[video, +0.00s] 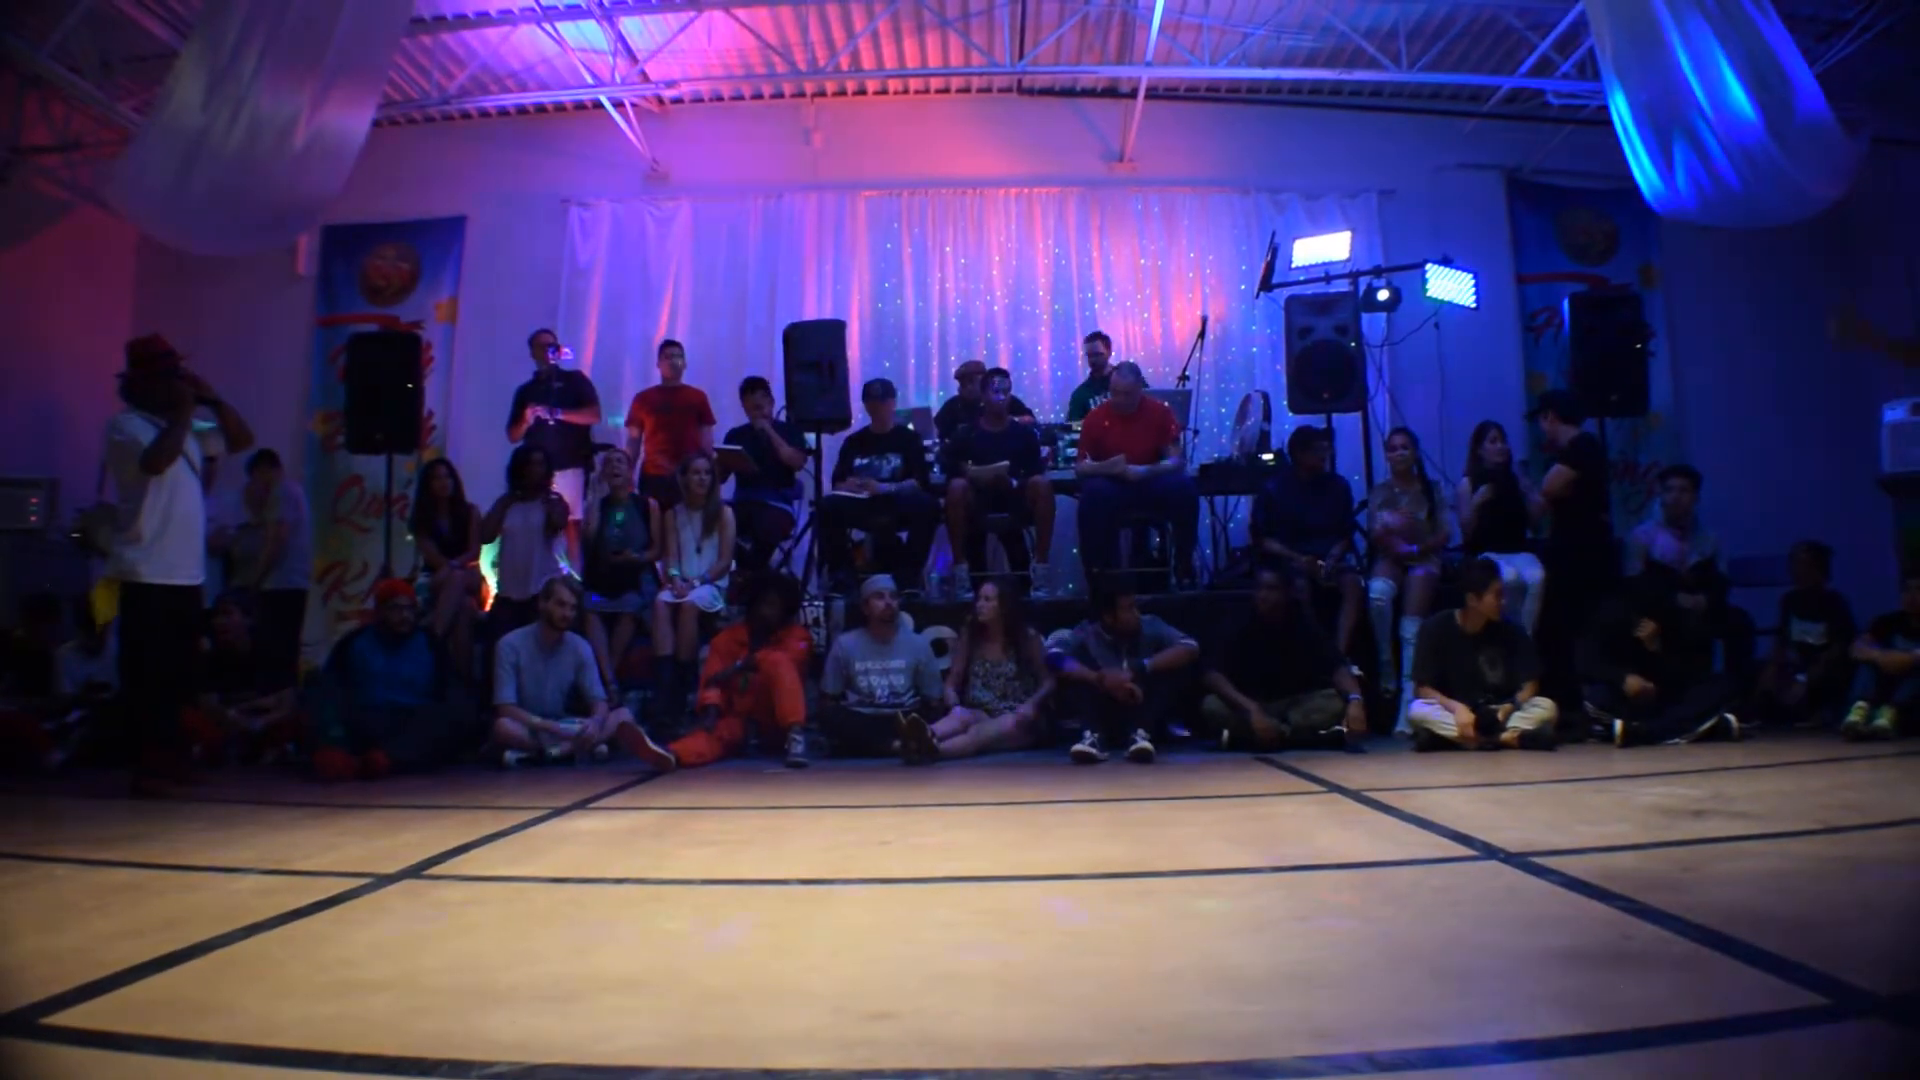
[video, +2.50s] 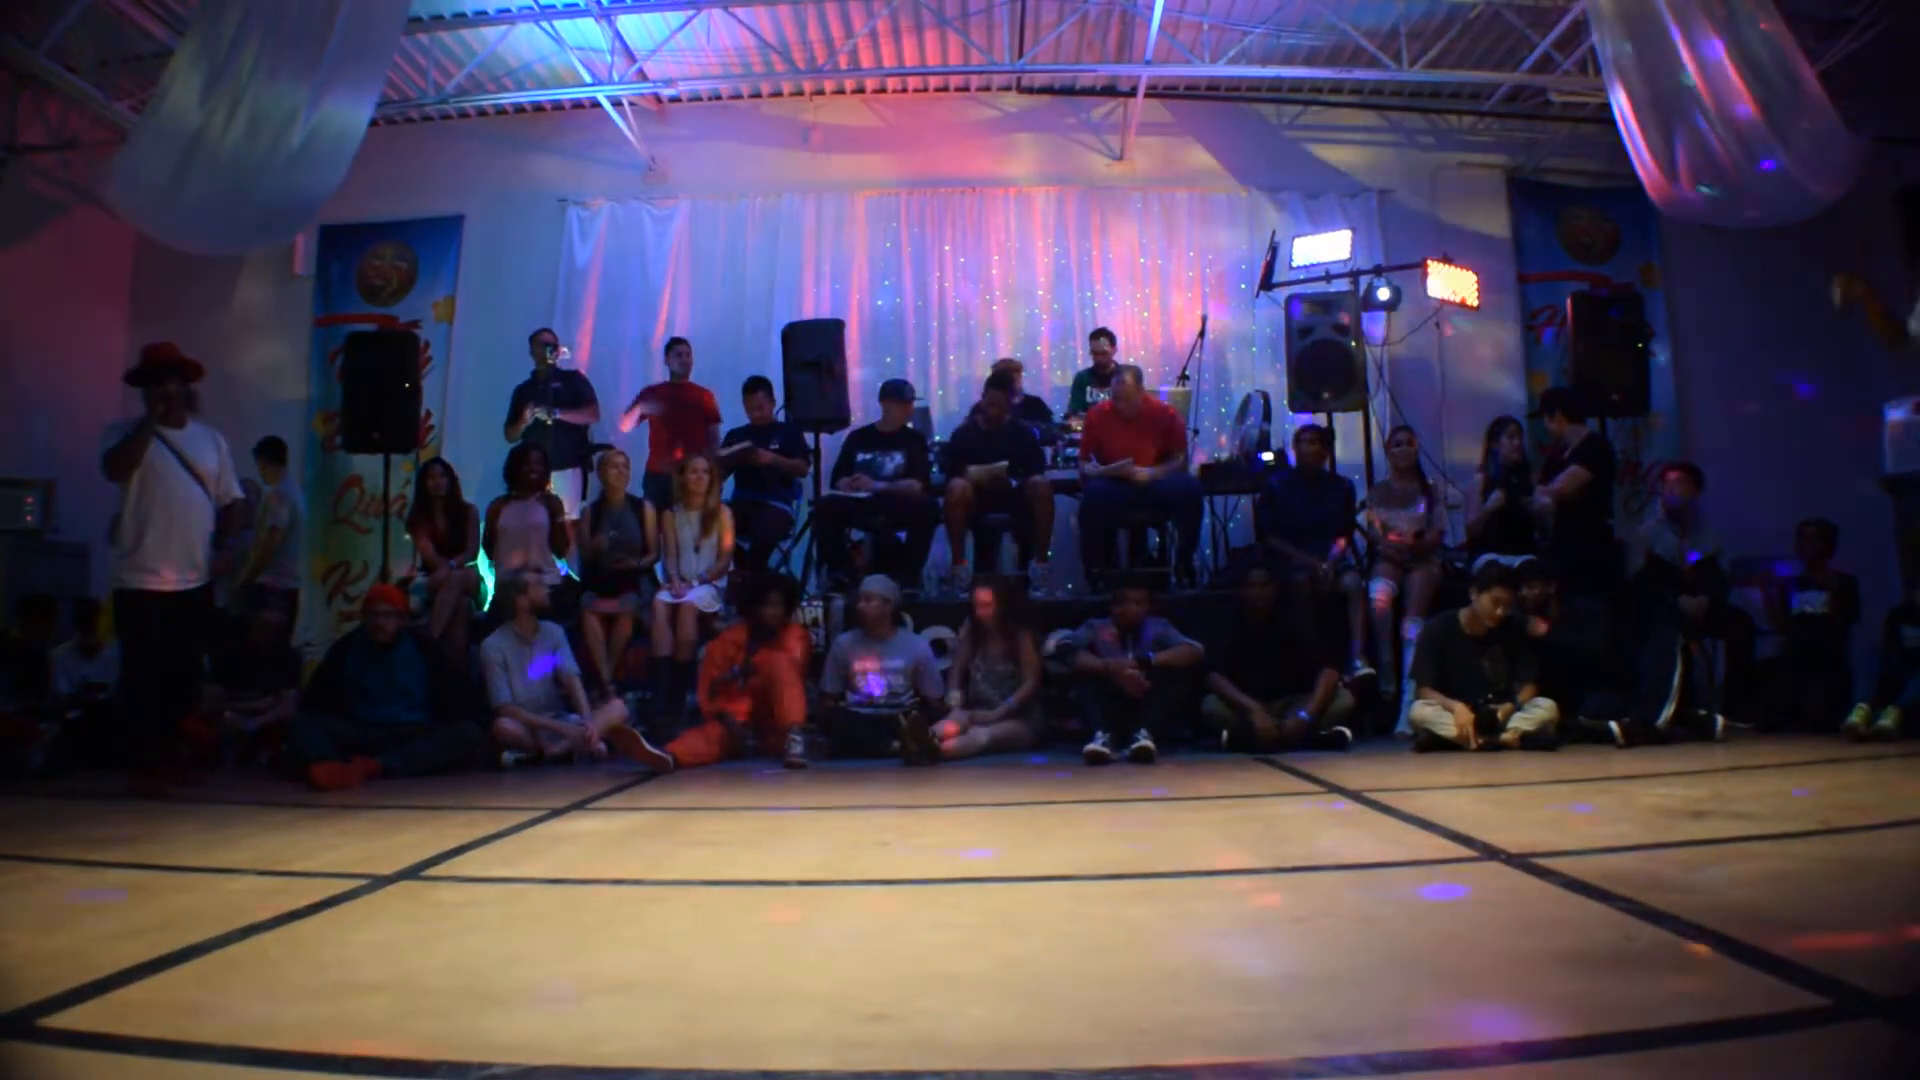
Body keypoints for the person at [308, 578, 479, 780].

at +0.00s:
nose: (405, 615)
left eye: (410, 608)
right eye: (397, 609)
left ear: (416, 611)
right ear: (381, 611)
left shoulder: (429, 645)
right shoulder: (356, 643)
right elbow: (330, 686)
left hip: (413, 719)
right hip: (363, 717)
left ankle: (390, 755)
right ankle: (339, 752)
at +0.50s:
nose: (391, 621)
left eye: (398, 614)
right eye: (386, 613)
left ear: (411, 617)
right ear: (376, 614)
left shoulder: (427, 650)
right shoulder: (349, 647)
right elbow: (326, 691)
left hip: (410, 726)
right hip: (353, 725)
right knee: (308, 705)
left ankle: (383, 763)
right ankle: (327, 760)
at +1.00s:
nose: (392, 627)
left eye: (399, 620)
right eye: (385, 620)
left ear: (408, 621)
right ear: (370, 620)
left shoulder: (426, 653)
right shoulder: (344, 653)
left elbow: (449, 699)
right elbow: (315, 701)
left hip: (413, 732)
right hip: (355, 731)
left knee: (465, 734)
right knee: (312, 719)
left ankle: (375, 767)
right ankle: (326, 764)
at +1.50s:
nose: (397, 624)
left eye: (402, 617)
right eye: (389, 617)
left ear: (410, 618)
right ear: (372, 619)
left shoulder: (427, 652)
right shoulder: (346, 653)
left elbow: (445, 699)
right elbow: (319, 704)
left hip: (415, 733)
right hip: (358, 732)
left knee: (467, 734)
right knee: (307, 725)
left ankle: (377, 767)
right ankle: (328, 766)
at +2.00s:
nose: (396, 624)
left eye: (401, 616)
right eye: (388, 617)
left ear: (408, 617)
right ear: (371, 620)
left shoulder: (425, 651)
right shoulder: (344, 654)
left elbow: (447, 697)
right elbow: (317, 704)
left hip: (415, 732)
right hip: (357, 732)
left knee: (467, 733)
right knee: (307, 725)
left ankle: (379, 766)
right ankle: (327, 766)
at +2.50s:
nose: (381, 623)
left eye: (388, 616)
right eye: (375, 615)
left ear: (401, 619)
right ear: (364, 617)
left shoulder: (420, 648)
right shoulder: (347, 648)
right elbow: (317, 696)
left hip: (413, 729)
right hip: (356, 728)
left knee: (466, 735)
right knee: (305, 724)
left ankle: (379, 766)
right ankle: (328, 766)